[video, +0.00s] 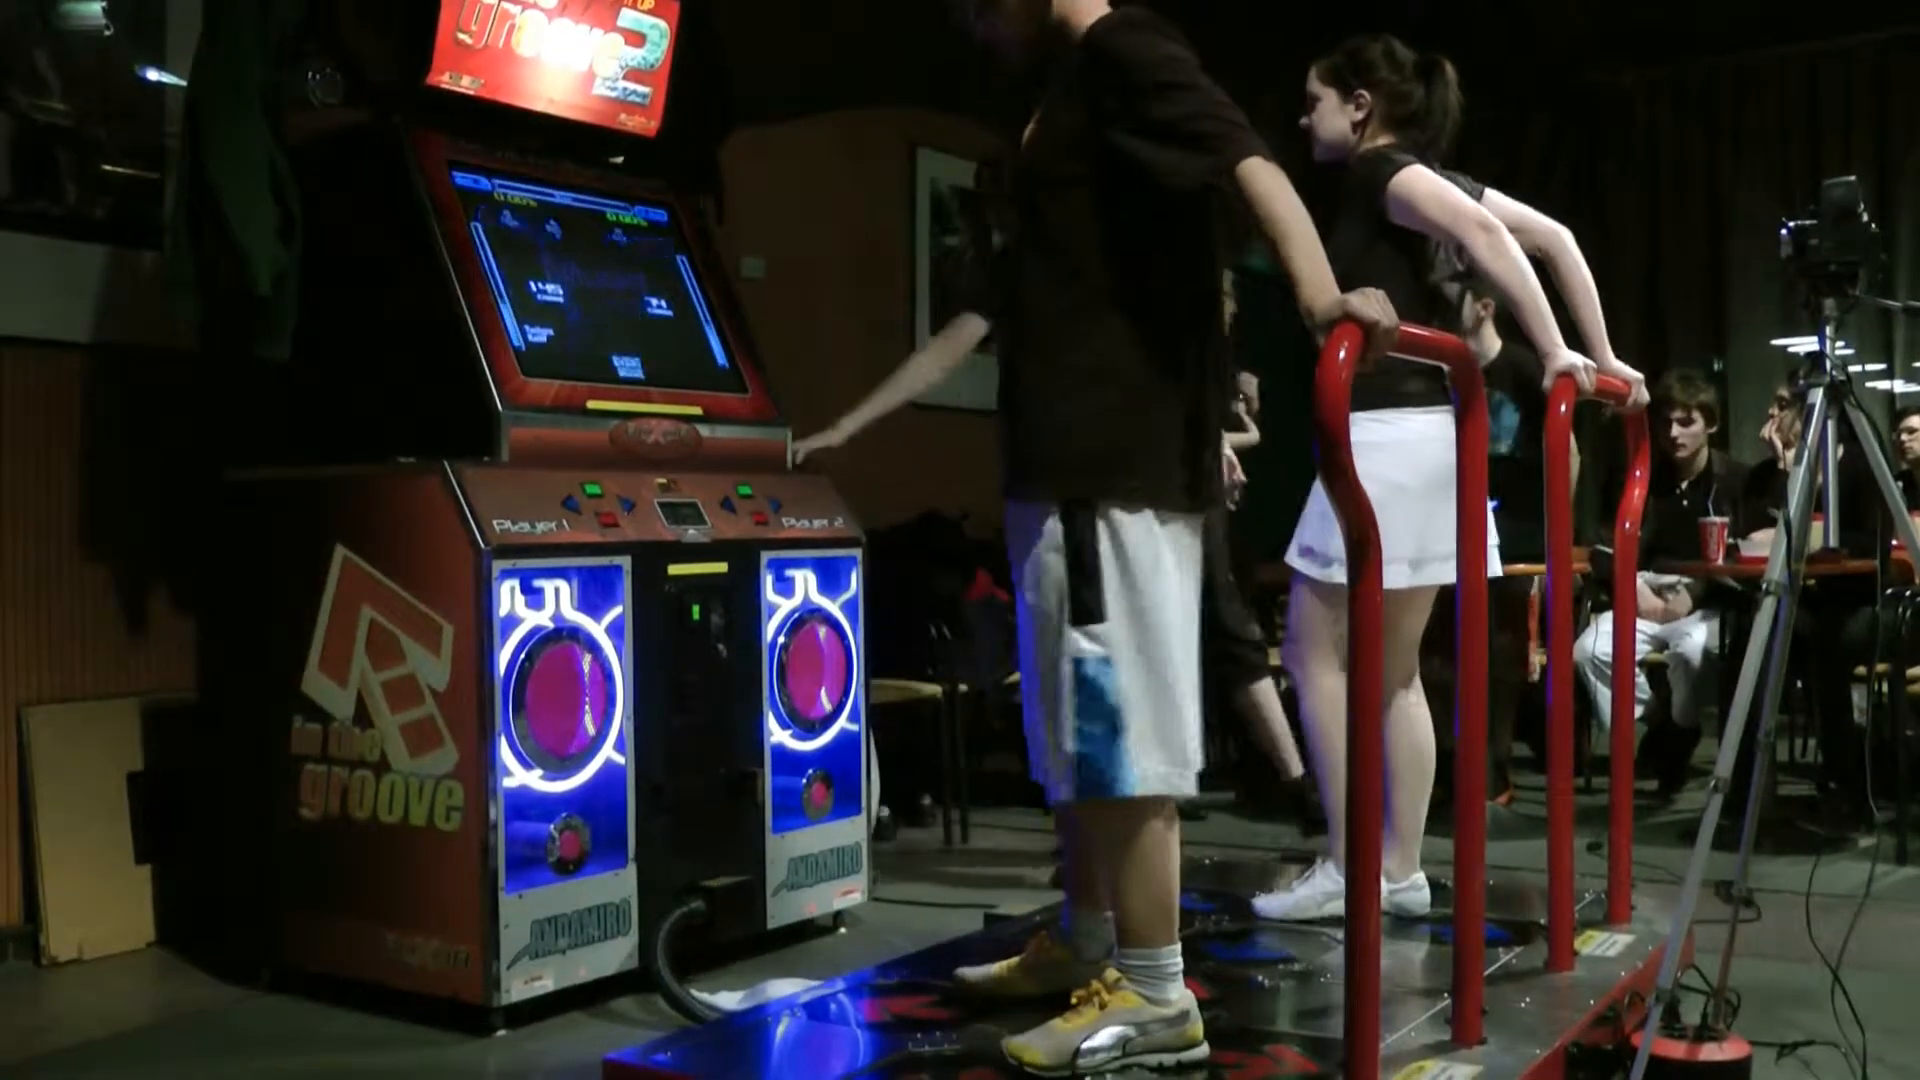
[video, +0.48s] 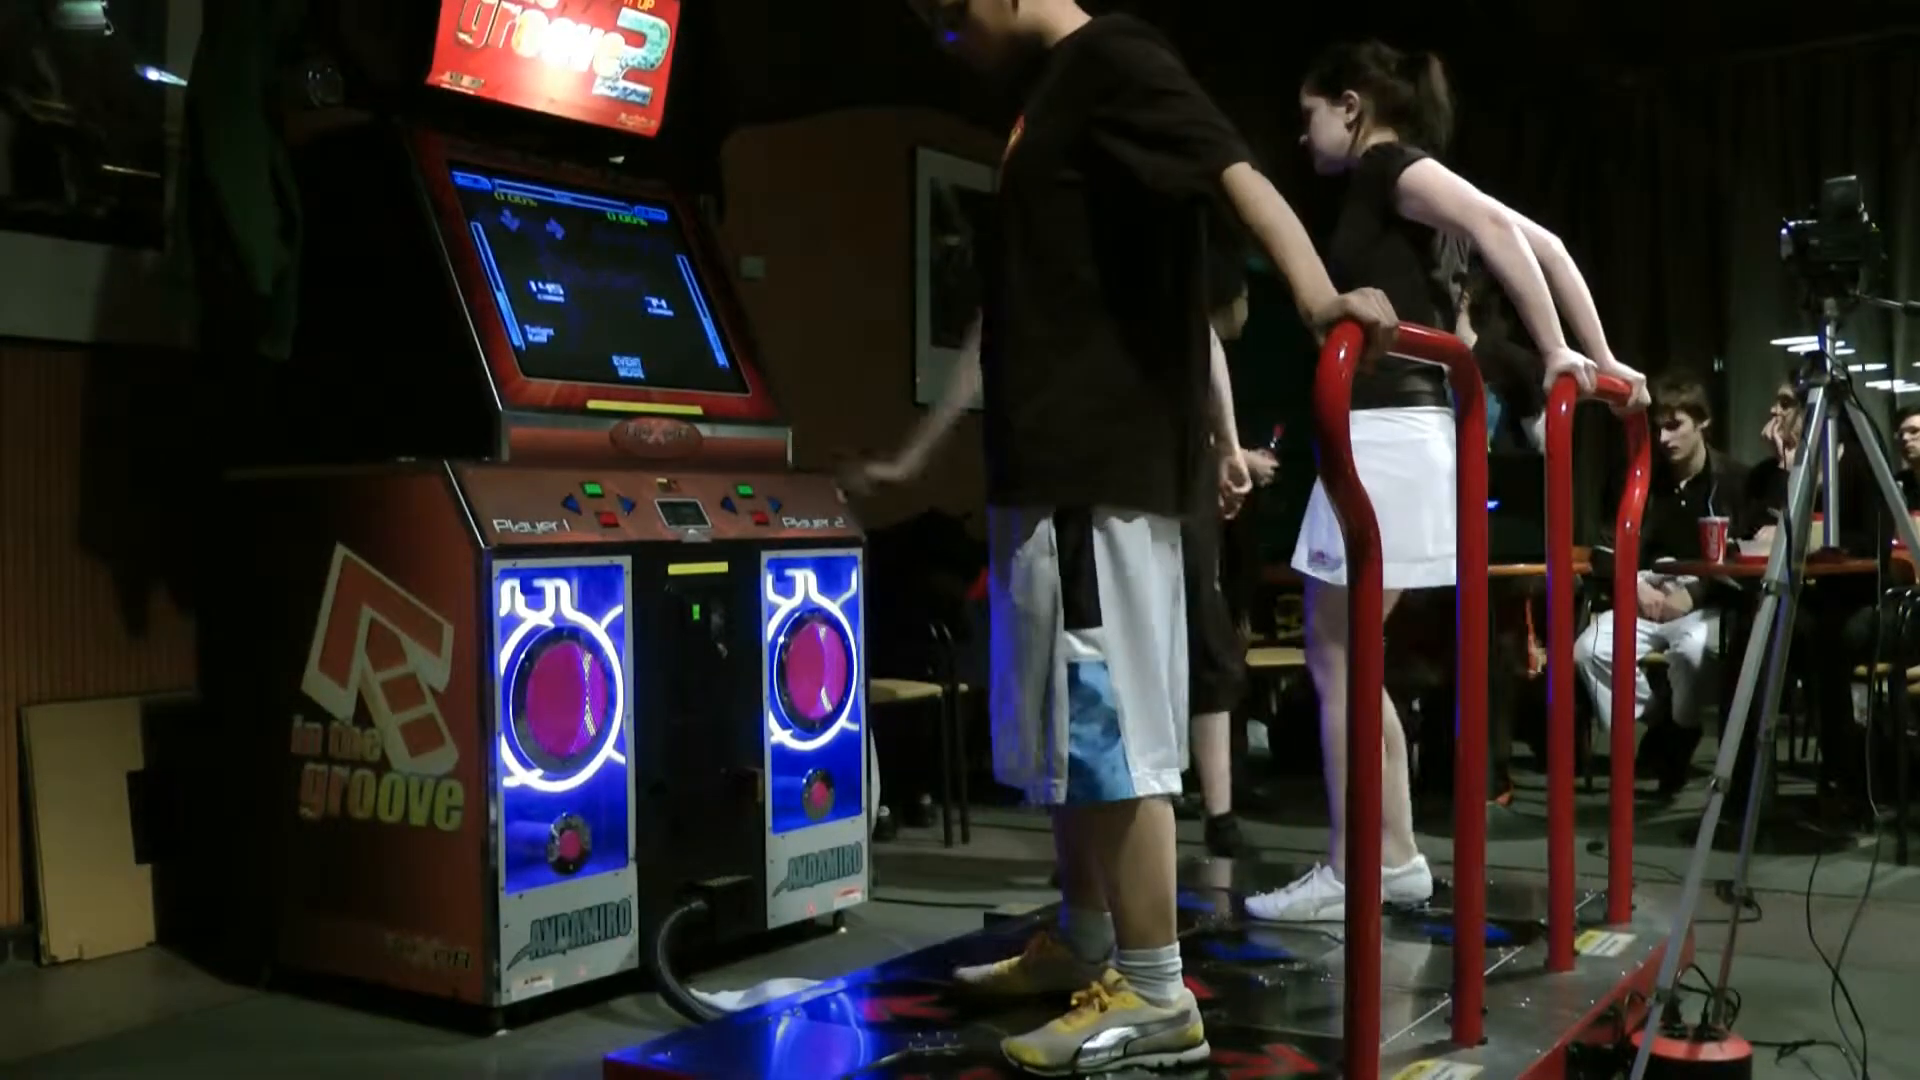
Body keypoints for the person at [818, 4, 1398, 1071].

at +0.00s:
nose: (993, 22)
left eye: (1000, 8)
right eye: (991, 15)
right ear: (1035, 20)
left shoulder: (1127, 52)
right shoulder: (1043, 120)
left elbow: (1255, 166)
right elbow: (975, 317)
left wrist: (1325, 302)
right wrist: (848, 424)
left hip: (1129, 466)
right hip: (1062, 467)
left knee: (1134, 734)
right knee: (1078, 724)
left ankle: (1156, 996)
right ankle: (1088, 943)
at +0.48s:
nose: (960, 36)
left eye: (960, 16)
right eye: (952, 24)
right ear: (1016, 12)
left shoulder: (1115, 61)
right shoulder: (1045, 104)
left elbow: (1242, 181)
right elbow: (1008, 324)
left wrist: (1326, 302)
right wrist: (917, 462)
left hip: (1112, 468)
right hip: (1053, 468)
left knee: (1118, 732)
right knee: (1071, 726)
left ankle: (1157, 997)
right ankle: (1084, 945)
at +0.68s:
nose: (950, 41)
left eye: (949, 19)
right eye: (945, 27)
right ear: (1000, 12)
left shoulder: (1108, 61)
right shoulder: (1053, 95)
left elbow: (1231, 178)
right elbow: (1167, 293)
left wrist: (1318, 297)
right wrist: (1222, 431)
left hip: (1109, 469)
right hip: (1054, 467)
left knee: (1115, 738)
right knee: (1064, 728)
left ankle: (1157, 995)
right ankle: (1081, 943)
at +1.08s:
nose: (953, 23)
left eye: (953, 8)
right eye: (951, 15)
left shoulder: (1094, 72)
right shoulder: (1050, 90)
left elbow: (1202, 204)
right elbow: (1109, 291)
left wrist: (1307, 314)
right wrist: (1152, 453)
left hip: (1079, 475)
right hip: (1034, 473)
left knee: (1100, 736)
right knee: (1052, 728)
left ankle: (1154, 993)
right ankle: (1083, 943)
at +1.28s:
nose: (970, 18)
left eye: (976, 7)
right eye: (972, 14)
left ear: (1012, 1)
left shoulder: (1092, 75)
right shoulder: (1046, 98)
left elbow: (1202, 202)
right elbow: (1109, 301)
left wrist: (1306, 317)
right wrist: (1147, 464)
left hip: (1078, 476)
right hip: (1035, 474)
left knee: (1105, 739)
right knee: (1056, 730)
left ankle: (1156, 993)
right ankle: (1086, 941)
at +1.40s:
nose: (966, 22)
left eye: (970, 12)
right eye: (968, 17)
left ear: (1003, 1)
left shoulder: (1092, 74)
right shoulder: (1047, 95)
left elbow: (1202, 202)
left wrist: (1308, 317)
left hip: (1084, 475)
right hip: (1035, 473)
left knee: (1105, 738)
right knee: (1051, 729)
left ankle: (1155, 994)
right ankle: (1087, 940)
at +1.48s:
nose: (966, 21)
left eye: (970, 9)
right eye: (967, 14)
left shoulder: (1092, 72)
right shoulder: (1050, 93)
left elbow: (1200, 199)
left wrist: (1306, 315)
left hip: (1084, 474)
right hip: (1037, 471)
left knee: (1106, 742)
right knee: (1055, 731)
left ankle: (1154, 993)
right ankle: (1084, 942)